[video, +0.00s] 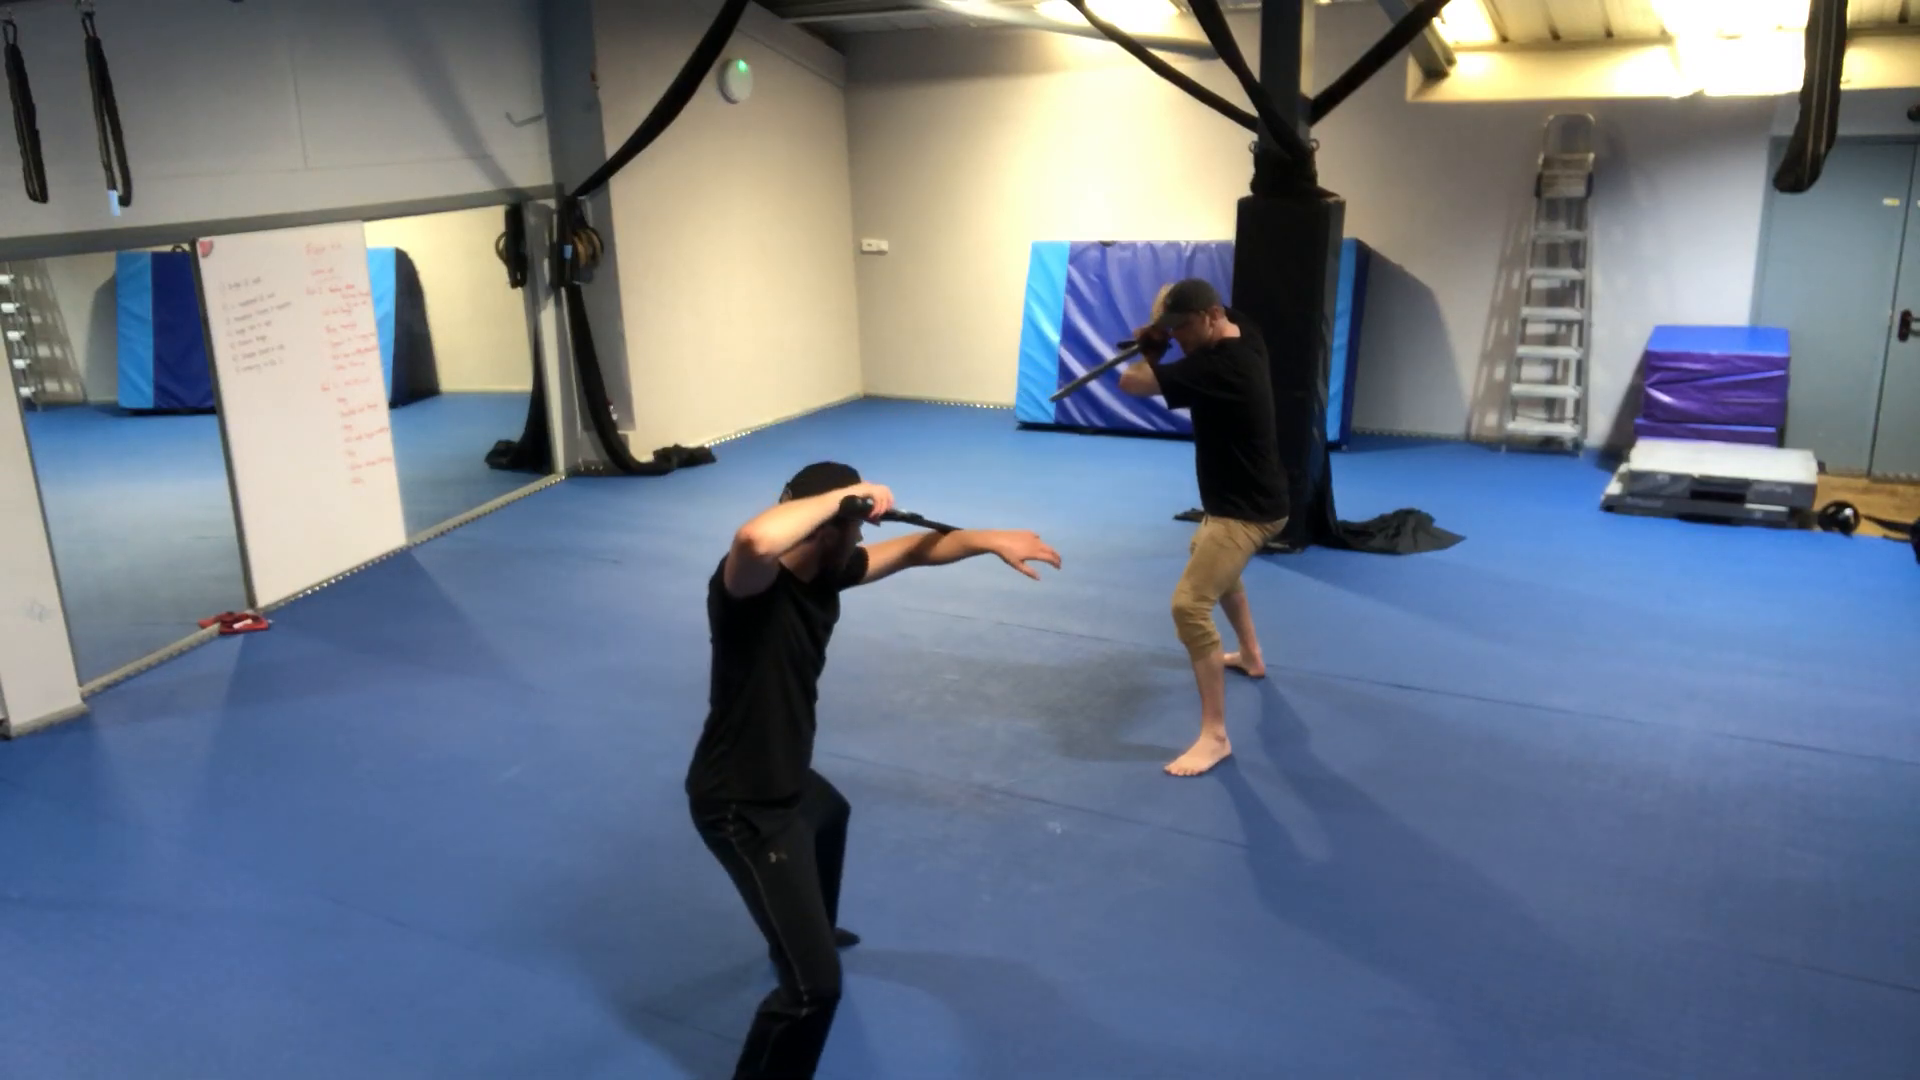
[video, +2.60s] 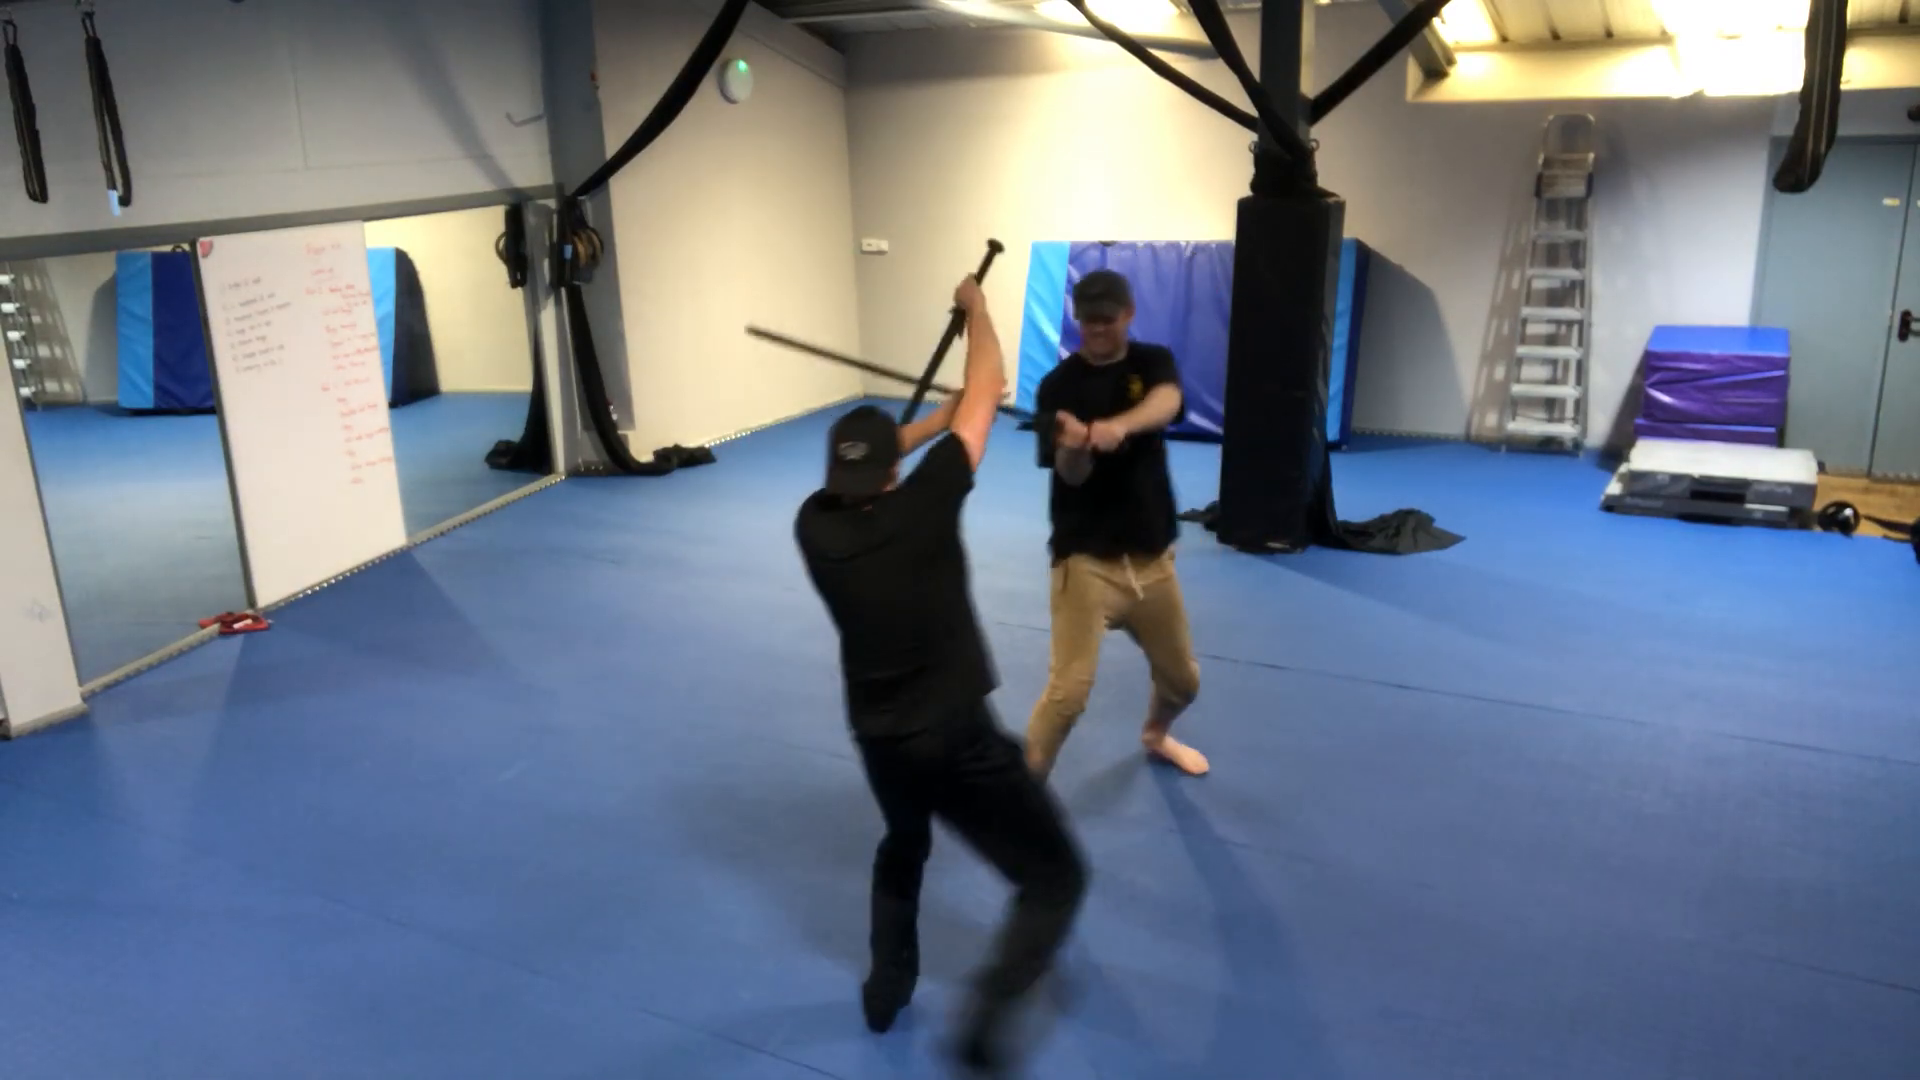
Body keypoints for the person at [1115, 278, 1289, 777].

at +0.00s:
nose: (1179, 342)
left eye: (1183, 333)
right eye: (1176, 333)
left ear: (1211, 319)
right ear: (1213, 318)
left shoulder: (1216, 365)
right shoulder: (1242, 340)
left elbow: (1133, 382)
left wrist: (1153, 352)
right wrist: (1158, 326)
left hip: (1245, 512)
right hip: (1236, 501)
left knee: (1191, 608)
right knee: (1207, 555)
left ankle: (1214, 734)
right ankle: (1250, 653)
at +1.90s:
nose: (1182, 315)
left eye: (1190, 307)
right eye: (1179, 307)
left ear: (1218, 301)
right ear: (1210, 303)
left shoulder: (1210, 352)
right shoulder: (1234, 332)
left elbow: (1150, 411)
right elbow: (1163, 345)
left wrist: (1105, 382)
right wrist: (1112, 349)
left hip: (1240, 501)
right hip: (1244, 491)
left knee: (1191, 603)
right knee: (1213, 575)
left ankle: (1212, 728)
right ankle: (1264, 651)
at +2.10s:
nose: (1187, 316)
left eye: (1197, 307)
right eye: (1180, 307)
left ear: (1221, 306)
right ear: (1172, 308)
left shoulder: (1235, 353)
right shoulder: (1178, 357)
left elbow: (1165, 400)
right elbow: (1143, 410)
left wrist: (1098, 387)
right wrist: (1100, 376)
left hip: (1235, 513)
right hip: (1188, 507)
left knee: (1179, 619)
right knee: (1216, 592)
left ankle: (1204, 730)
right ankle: (1261, 647)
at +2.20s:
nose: (1181, 312)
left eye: (1192, 303)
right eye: (1174, 302)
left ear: (1215, 301)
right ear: (1164, 302)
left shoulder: (1238, 338)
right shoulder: (1158, 356)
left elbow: (1179, 359)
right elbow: (1115, 436)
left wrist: (1097, 358)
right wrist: (1087, 372)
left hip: (1223, 510)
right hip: (1168, 507)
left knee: (1181, 635)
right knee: (1163, 625)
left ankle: (1206, 734)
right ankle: (1229, 630)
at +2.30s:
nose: (1169, 309)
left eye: (1178, 298)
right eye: (1159, 299)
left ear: (1199, 293)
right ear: (1146, 297)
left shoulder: (1225, 329)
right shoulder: (1133, 357)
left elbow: (1193, 344)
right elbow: (1114, 433)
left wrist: (1097, 345)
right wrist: (1084, 367)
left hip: (1213, 508)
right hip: (1149, 507)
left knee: (1190, 646)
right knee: (1122, 637)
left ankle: (1208, 732)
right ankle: (1173, 675)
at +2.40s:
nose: (1147, 306)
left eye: (1156, 295)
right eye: (1137, 296)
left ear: (1176, 290)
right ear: (1124, 295)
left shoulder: (1201, 325)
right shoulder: (1110, 352)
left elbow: (1196, 349)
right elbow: (1111, 442)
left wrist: (1105, 364)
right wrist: (1082, 381)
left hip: (1194, 518)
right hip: (1126, 518)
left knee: (1194, 653)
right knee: (1091, 645)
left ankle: (1205, 735)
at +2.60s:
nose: (1096, 332)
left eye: (1107, 322)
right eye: (1087, 322)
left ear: (1128, 317)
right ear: (1074, 320)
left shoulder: (1154, 361)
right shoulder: (1058, 384)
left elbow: (1168, 402)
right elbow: (1069, 475)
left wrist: (1120, 425)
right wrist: (1074, 447)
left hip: (1151, 557)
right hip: (1083, 561)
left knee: (1180, 682)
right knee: (1067, 696)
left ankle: (1155, 735)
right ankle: (1022, 797)